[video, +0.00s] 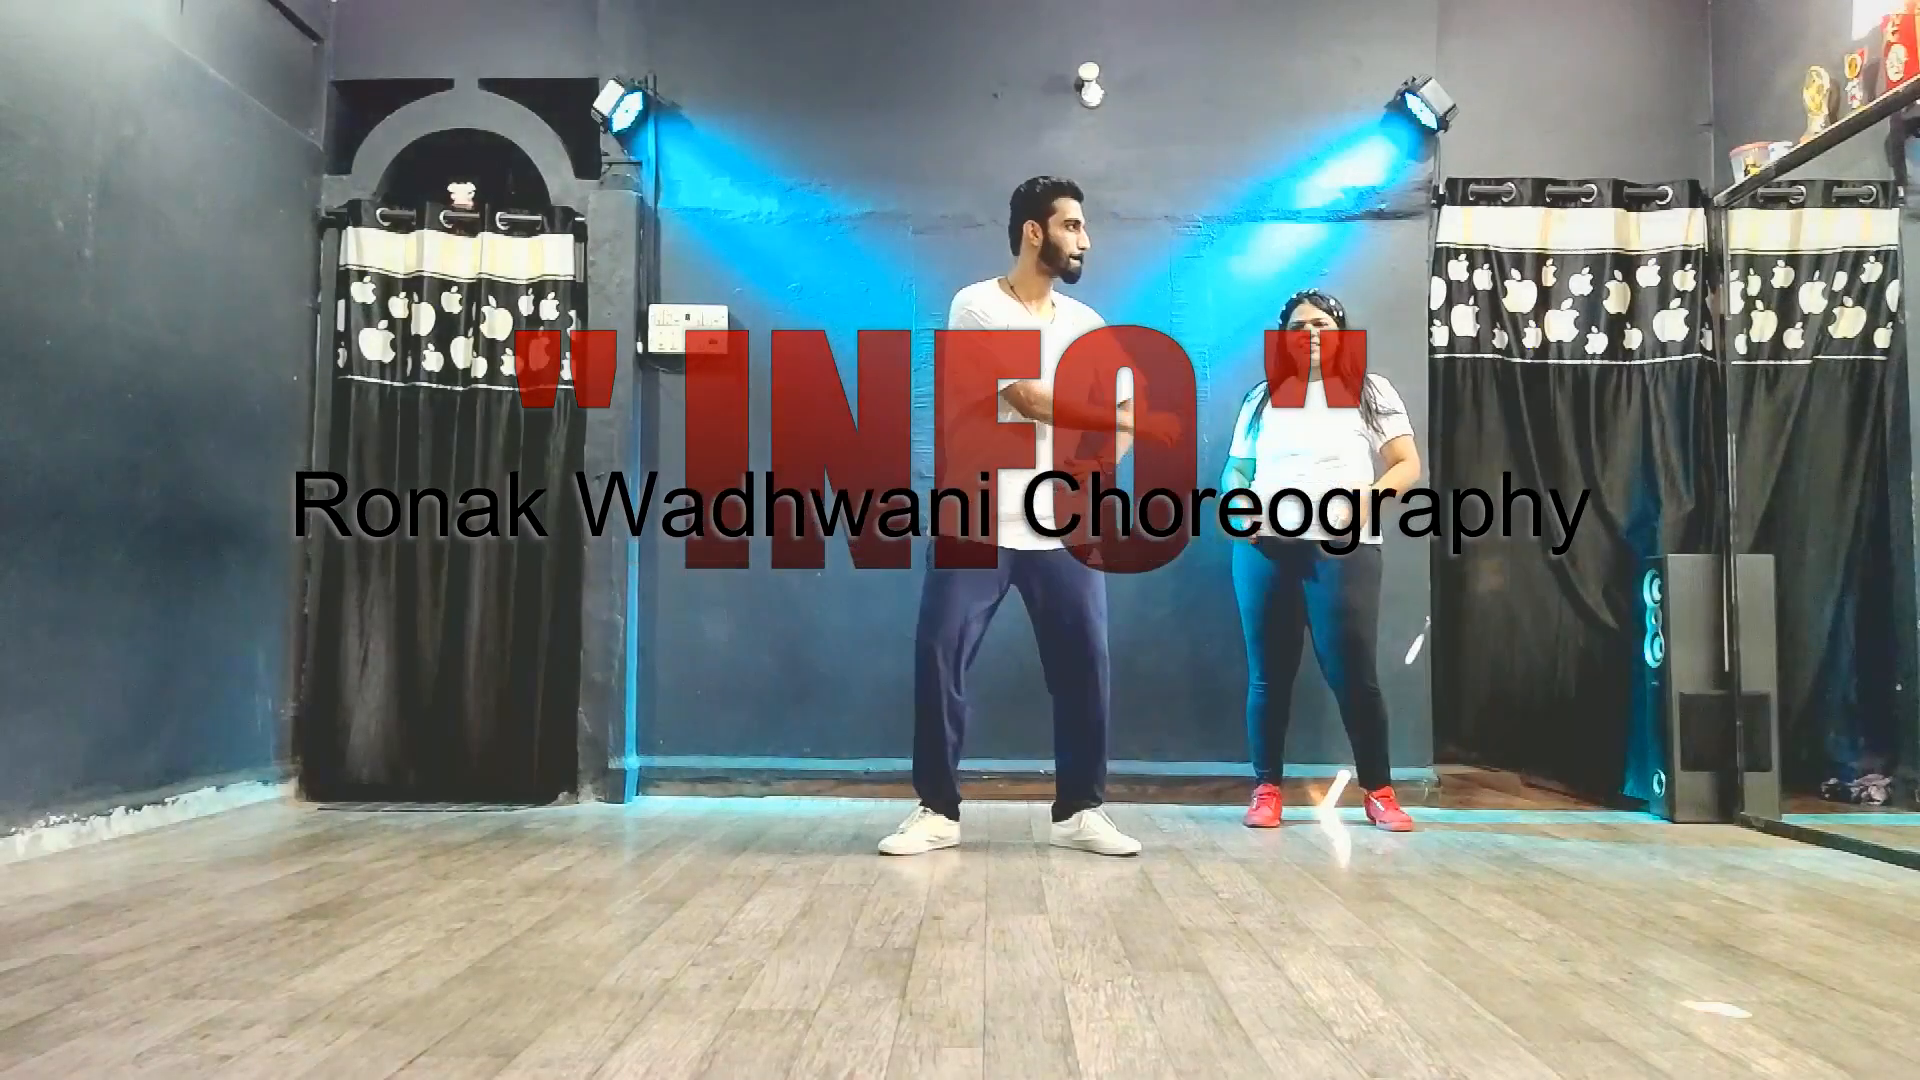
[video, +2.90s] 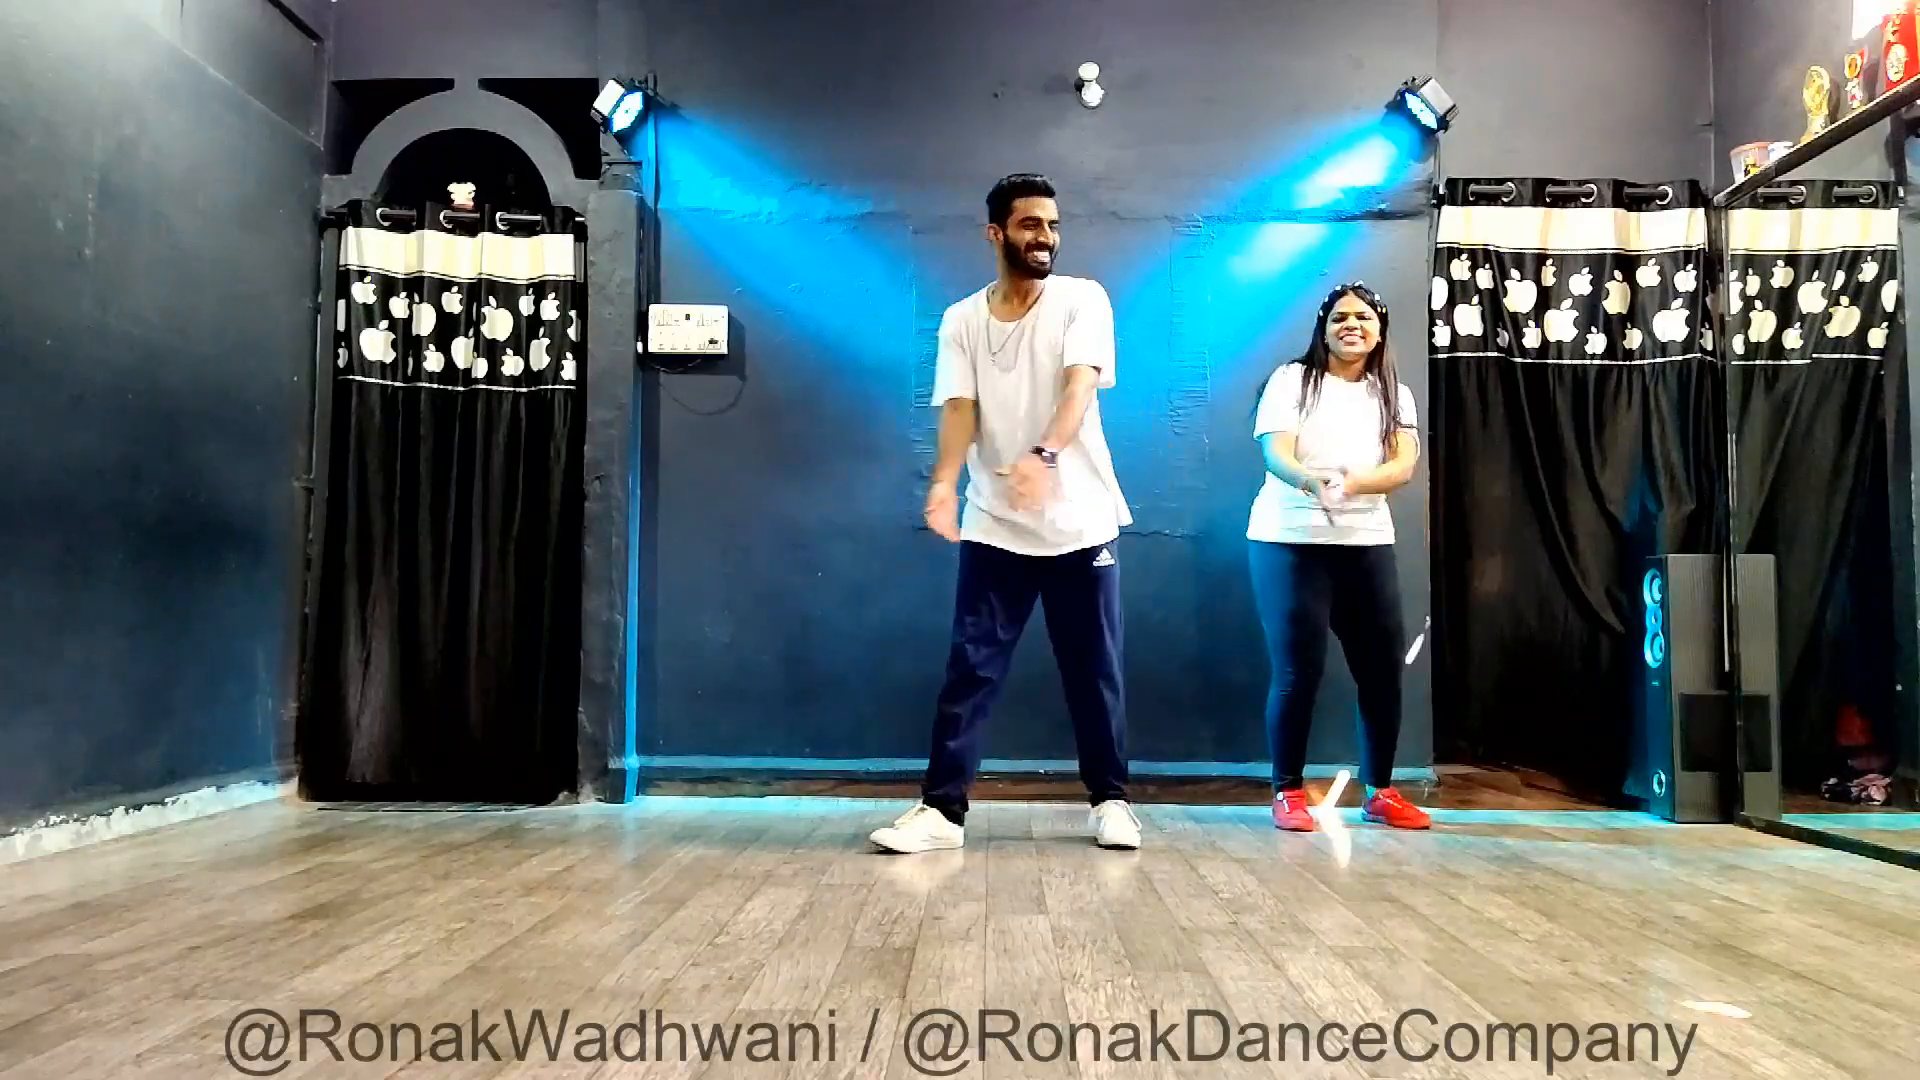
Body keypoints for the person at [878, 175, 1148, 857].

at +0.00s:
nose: (1083, 237)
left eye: (1084, 226)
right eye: (1071, 224)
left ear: (1069, 237)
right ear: (1030, 231)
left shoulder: (1089, 326)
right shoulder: (973, 306)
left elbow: (1126, 425)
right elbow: (955, 412)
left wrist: (1054, 409)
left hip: (1066, 528)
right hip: (979, 522)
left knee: (1086, 662)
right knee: (937, 649)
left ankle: (1078, 809)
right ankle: (938, 811)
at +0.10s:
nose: (1068, 233)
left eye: (1069, 221)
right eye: (1055, 220)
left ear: (1056, 232)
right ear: (1014, 227)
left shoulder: (1073, 318)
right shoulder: (961, 302)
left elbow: (1109, 414)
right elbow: (966, 401)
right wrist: (1067, 426)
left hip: (1050, 518)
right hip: (968, 515)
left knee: (1069, 655)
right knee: (941, 657)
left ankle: (1076, 805)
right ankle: (915, 805)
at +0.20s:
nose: (1046, 229)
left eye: (1046, 217)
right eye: (1032, 217)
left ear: (1019, 229)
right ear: (993, 226)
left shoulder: (1051, 310)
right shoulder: (941, 307)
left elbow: (1103, 391)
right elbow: (951, 424)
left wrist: (1075, 454)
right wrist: (1005, 508)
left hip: (1028, 504)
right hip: (950, 507)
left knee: (1053, 656)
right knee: (929, 660)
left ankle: (1070, 805)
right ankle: (897, 807)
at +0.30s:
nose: (1030, 230)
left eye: (1030, 218)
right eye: (1017, 219)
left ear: (1008, 230)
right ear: (977, 229)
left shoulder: (1038, 312)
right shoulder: (925, 312)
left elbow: (1087, 385)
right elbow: (917, 422)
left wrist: (1059, 463)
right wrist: (920, 526)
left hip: (1019, 517)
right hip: (937, 518)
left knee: (1050, 654)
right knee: (918, 664)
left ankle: (1068, 805)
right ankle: (898, 807)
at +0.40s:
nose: (992, 245)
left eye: (994, 233)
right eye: (976, 234)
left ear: (995, 244)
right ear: (935, 247)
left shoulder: (1014, 321)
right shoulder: (892, 329)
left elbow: (1075, 390)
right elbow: (843, 420)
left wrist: (1045, 471)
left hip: (1002, 518)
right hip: (919, 519)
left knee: (1061, 647)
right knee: (914, 659)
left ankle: (1068, 806)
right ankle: (898, 809)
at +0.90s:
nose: (970, 276)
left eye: (983, 264)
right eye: (956, 263)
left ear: (1001, 269)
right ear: (935, 268)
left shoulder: (1042, 332)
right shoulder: (906, 341)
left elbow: (1122, 397)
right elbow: (878, 397)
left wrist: (1066, 474)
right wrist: (860, 442)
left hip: (1018, 514)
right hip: (933, 514)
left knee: (1040, 656)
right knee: (900, 647)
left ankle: (1076, 804)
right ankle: (887, 807)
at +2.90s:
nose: (1044, 235)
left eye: (1052, 224)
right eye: (1030, 224)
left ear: (1059, 233)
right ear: (996, 233)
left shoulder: (1081, 299)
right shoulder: (962, 320)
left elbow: (1080, 386)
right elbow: (959, 409)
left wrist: (1046, 455)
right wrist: (944, 481)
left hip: (1078, 519)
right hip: (995, 520)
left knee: (1095, 667)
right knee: (972, 665)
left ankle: (1110, 801)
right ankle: (943, 811)